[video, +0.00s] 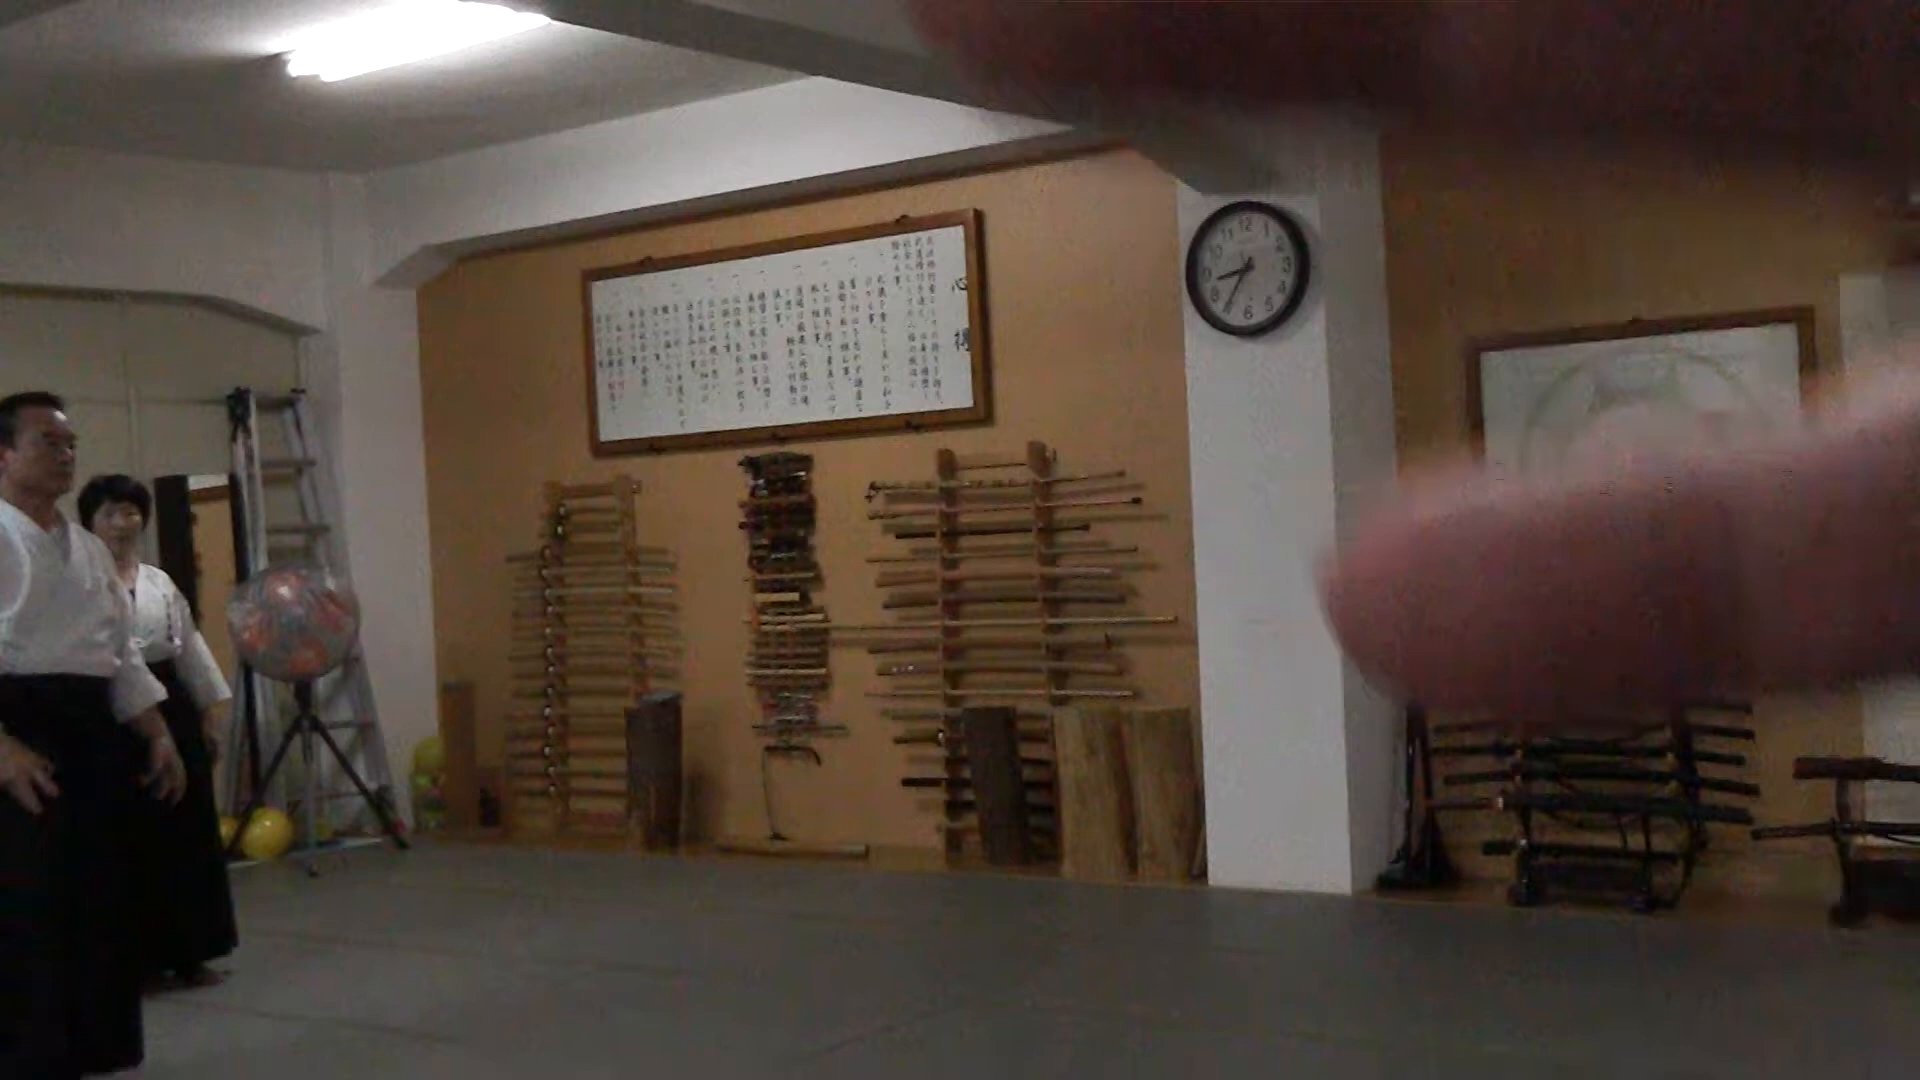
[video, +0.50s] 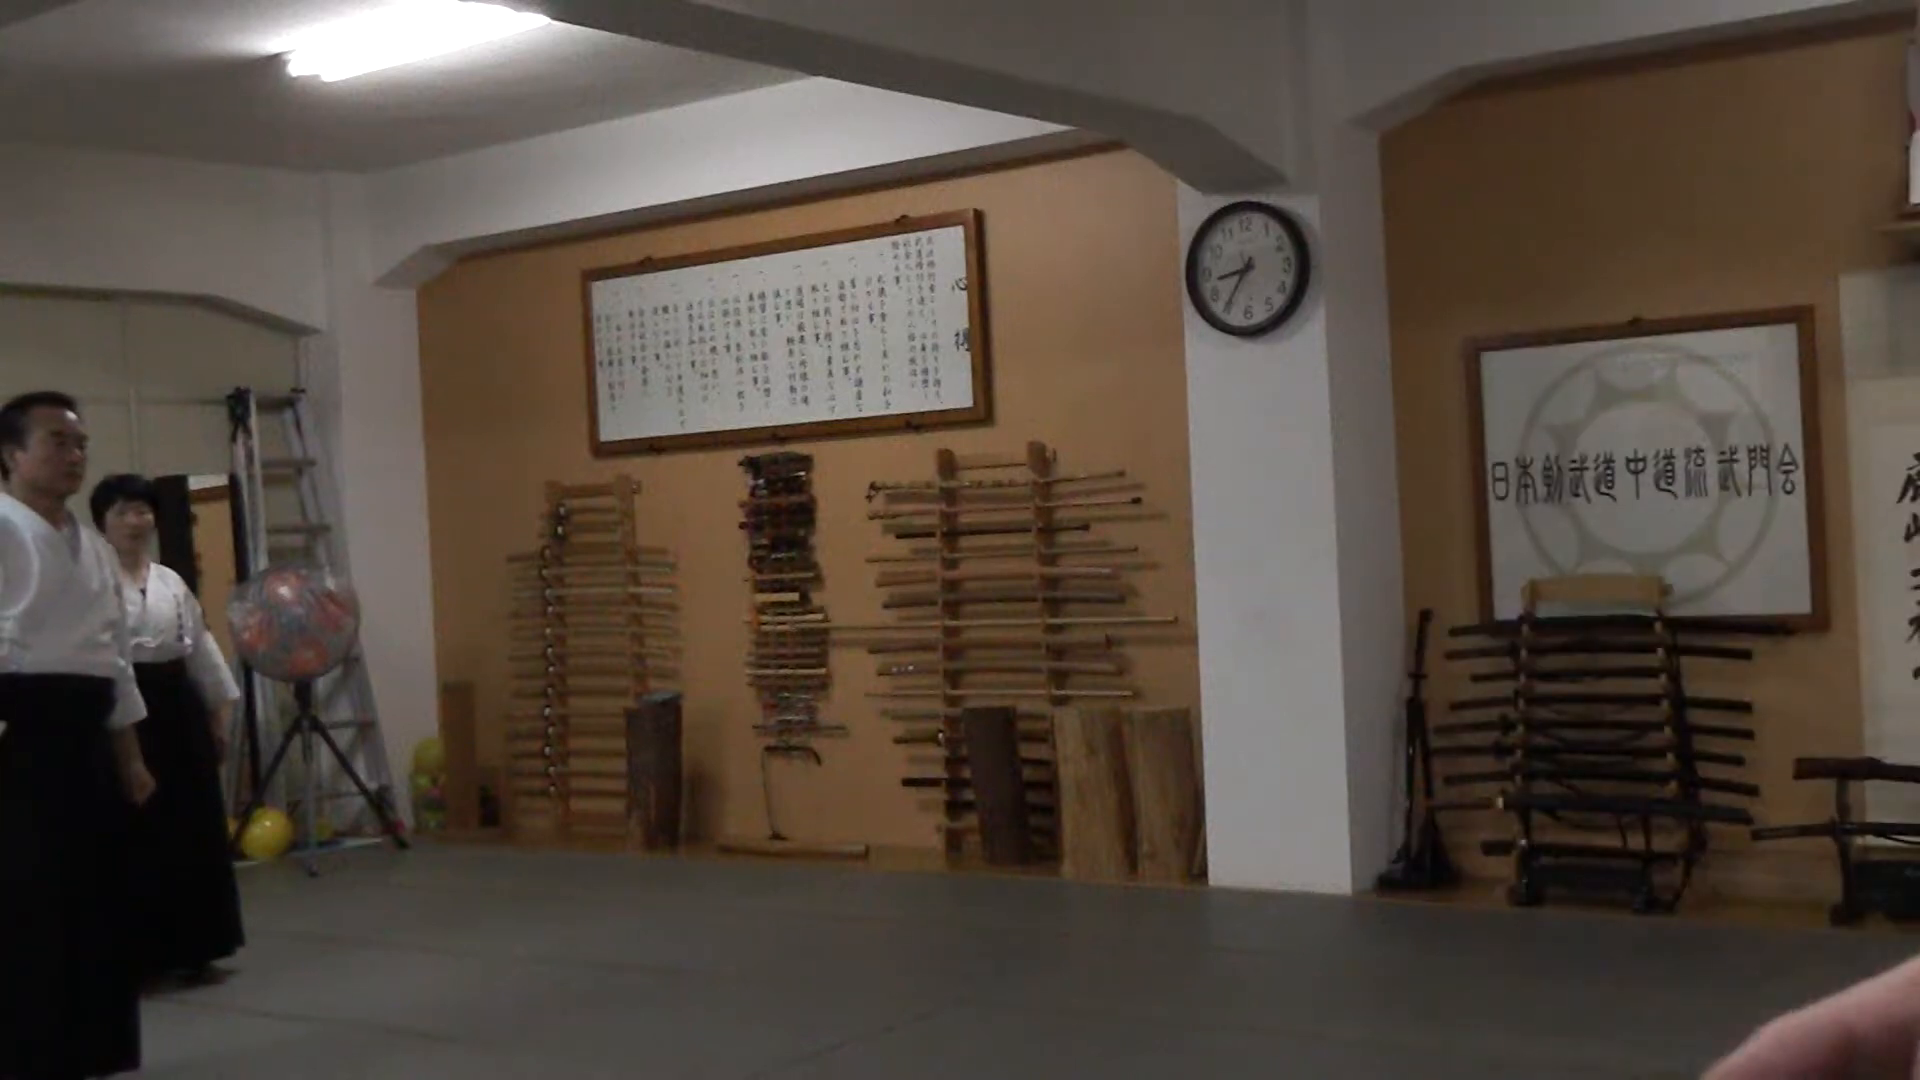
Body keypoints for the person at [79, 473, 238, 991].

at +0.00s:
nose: (123, 520)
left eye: (131, 512)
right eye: (111, 512)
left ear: (143, 521)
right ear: (90, 522)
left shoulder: (158, 582)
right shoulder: (82, 580)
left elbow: (188, 643)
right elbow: (78, 653)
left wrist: (217, 698)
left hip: (166, 701)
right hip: (108, 708)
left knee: (184, 826)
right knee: (128, 832)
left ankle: (190, 951)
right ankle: (141, 956)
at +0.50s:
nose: (136, 520)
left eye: (144, 510)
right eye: (124, 512)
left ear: (155, 520)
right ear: (102, 523)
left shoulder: (170, 581)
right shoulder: (95, 582)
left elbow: (199, 643)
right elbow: (93, 656)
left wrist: (225, 697)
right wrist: (108, 727)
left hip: (175, 695)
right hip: (121, 700)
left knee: (193, 816)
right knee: (137, 822)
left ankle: (198, 945)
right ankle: (147, 949)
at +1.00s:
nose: (156, 517)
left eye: (164, 507)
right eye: (144, 509)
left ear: (181, 516)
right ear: (127, 519)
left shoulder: (201, 579)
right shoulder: (110, 583)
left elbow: (229, 644)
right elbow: (96, 662)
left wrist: (247, 713)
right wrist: (104, 738)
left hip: (199, 700)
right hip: (142, 704)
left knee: (206, 818)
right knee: (149, 820)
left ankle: (199, 947)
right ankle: (149, 953)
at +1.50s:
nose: (172, 517)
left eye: (181, 508)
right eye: (161, 509)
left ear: (195, 517)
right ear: (142, 518)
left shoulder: (214, 580)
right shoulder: (122, 583)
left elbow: (241, 646)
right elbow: (101, 662)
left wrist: (263, 706)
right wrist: (110, 726)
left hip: (210, 701)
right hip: (154, 705)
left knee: (214, 819)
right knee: (156, 824)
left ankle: (202, 949)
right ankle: (149, 956)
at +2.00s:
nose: (174, 517)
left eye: (183, 508)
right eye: (163, 508)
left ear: (197, 517)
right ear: (145, 519)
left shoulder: (215, 581)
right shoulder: (124, 582)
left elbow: (243, 649)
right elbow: (104, 658)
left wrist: (260, 713)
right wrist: (115, 725)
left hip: (212, 703)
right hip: (157, 705)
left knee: (215, 822)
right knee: (161, 826)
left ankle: (202, 951)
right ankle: (155, 957)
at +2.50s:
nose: (175, 515)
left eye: (183, 506)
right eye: (163, 507)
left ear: (197, 515)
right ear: (144, 519)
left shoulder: (216, 580)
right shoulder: (124, 581)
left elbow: (243, 646)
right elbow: (112, 658)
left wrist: (262, 713)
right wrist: (121, 729)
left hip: (211, 702)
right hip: (153, 706)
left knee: (213, 818)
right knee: (159, 822)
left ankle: (203, 946)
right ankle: (162, 949)